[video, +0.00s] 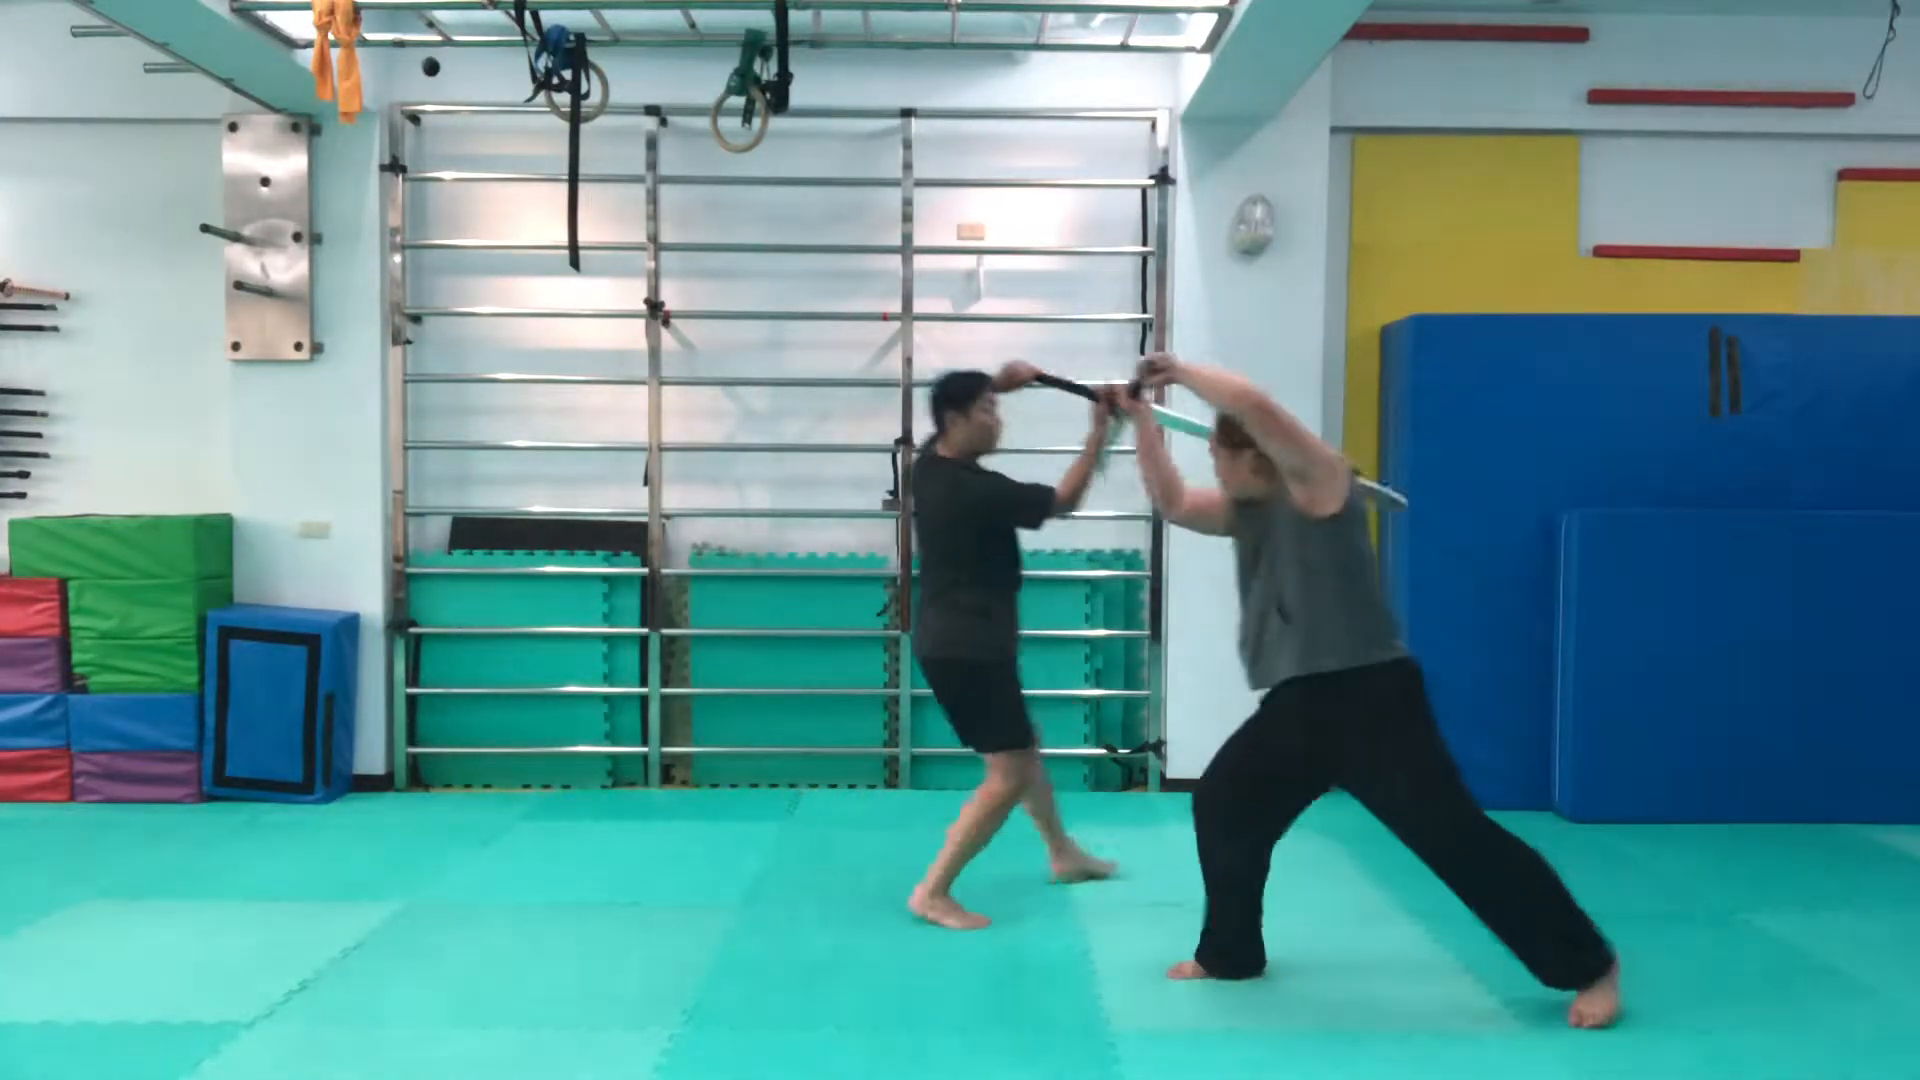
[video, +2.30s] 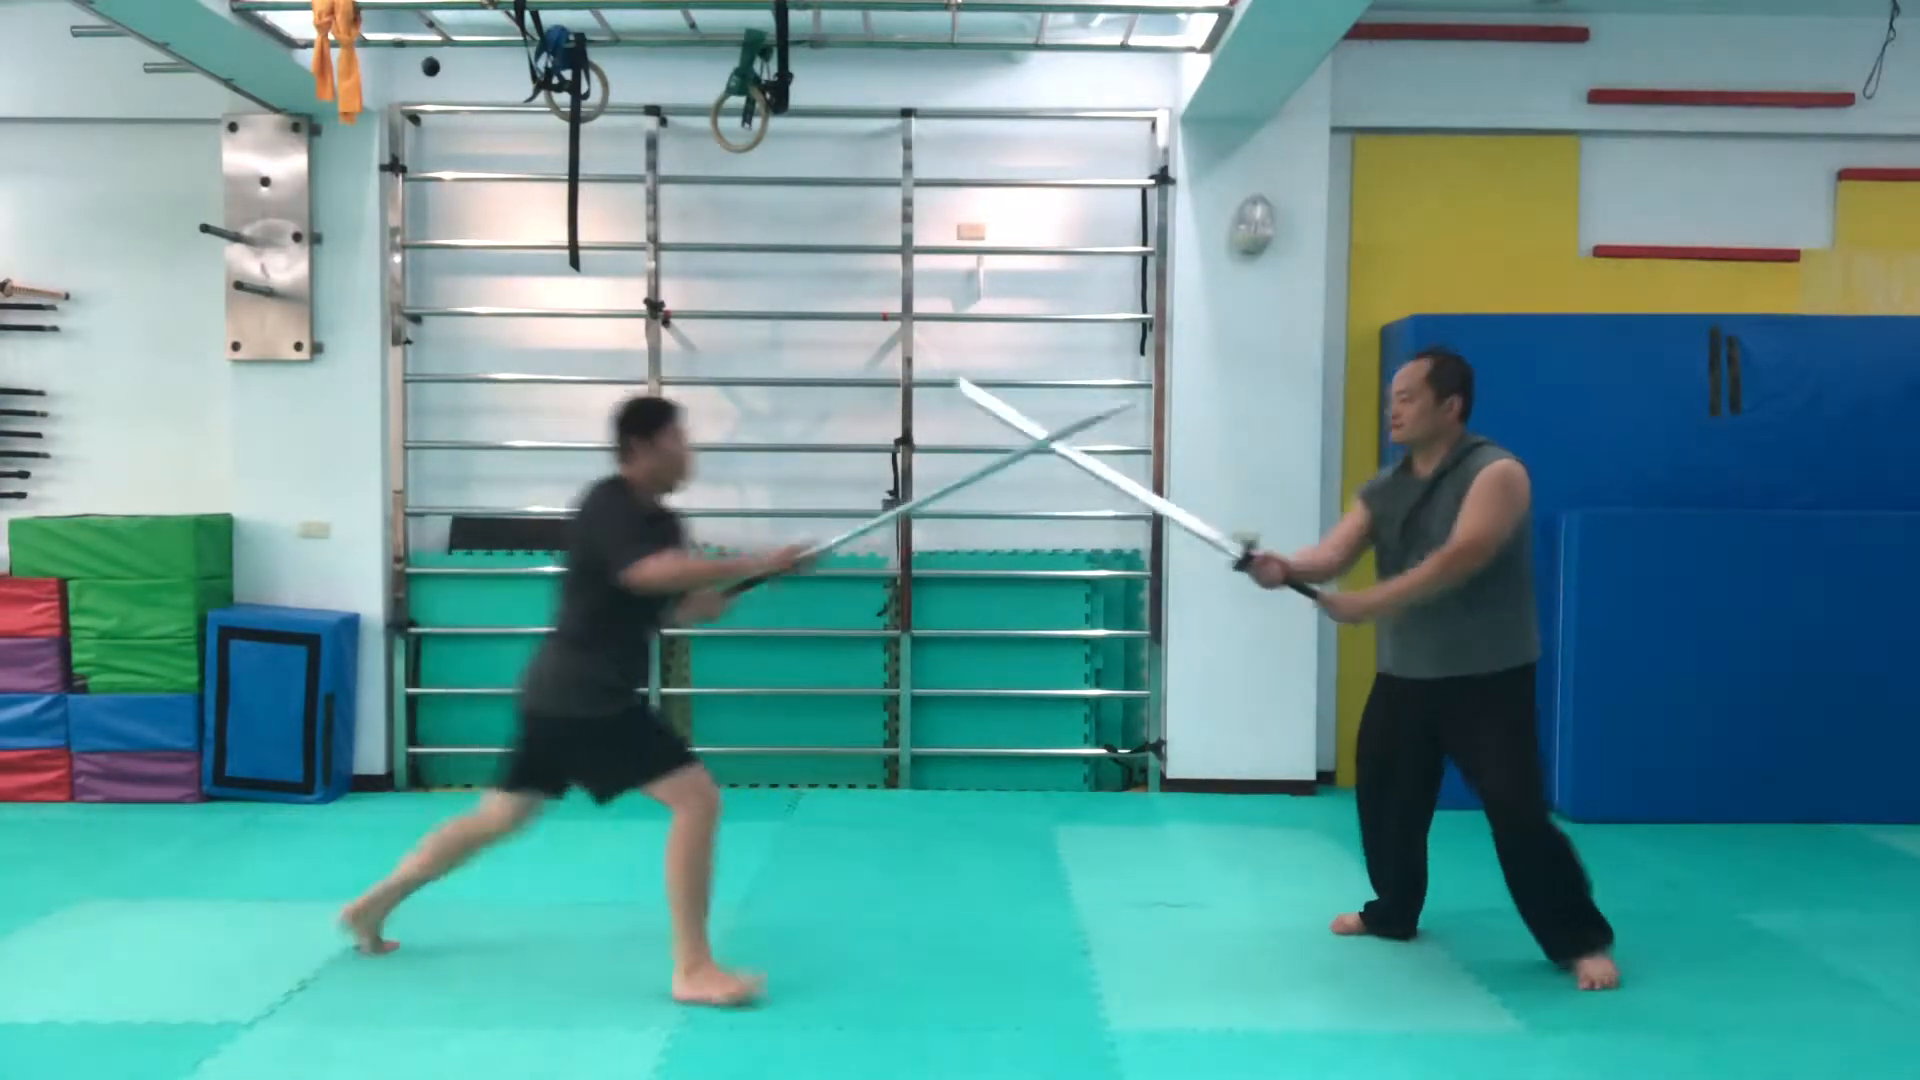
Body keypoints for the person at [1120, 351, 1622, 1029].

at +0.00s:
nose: (1219, 465)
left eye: (1228, 453)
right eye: (1218, 454)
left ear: (1262, 452)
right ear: (1228, 457)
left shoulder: (1320, 486)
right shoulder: (1246, 510)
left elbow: (1249, 403)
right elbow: (1174, 500)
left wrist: (1179, 370)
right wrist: (1141, 417)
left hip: (1372, 698)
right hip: (1300, 705)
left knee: (1453, 835)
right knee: (1224, 802)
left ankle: (1591, 966)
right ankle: (1230, 956)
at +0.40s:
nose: (1268, 413)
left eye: (1280, 403)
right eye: (1269, 403)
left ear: (1321, 413)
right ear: (1288, 415)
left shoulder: (1368, 467)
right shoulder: (1269, 490)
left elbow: (1279, 449)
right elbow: (1194, 518)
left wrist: (1187, 427)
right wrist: (1126, 467)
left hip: (1381, 690)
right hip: (1299, 697)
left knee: (1447, 833)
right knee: (1233, 801)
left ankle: (1565, 964)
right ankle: (1227, 957)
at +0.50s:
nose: (1323, 400)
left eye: (1339, 390)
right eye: (1327, 388)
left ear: (1379, 407)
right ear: (1352, 407)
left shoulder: (1419, 472)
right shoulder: (1319, 487)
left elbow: (1347, 507)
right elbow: (1258, 547)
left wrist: (1255, 509)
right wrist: (1178, 533)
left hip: (1408, 694)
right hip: (1322, 696)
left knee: (1465, 837)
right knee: (1260, 808)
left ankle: (1571, 977)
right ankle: (1229, 956)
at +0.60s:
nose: (1375, 390)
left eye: (1391, 380)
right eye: (1379, 378)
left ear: (1432, 395)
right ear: (1397, 393)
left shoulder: (1473, 480)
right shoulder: (1363, 484)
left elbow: (1418, 562)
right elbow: (1327, 565)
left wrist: (1329, 576)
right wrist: (1256, 604)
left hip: (1449, 693)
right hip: (1363, 691)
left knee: (1494, 838)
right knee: (1300, 816)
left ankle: (1572, 990)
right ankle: (1237, 945)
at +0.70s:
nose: (1415, 381)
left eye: (1431, 371)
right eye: (1419, 370)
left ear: (1476, 388)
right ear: (1450, 388)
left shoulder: (1521, 474)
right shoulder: (1401, 477)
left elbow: (1502, 568)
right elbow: (1368, 573)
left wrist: (1400, 620)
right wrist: (1341, 645)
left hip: (1482, 693)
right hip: (1398, 688)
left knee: (1513, 842)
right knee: (1336, 810)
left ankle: (1572, 996)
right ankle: (1268, 935)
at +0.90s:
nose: (1458, 368)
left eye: (1473, 359)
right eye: (1461, 357)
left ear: (1519, 375)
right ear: (1483, 373)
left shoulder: (1561, 464)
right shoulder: (1430, 461)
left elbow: (1556, 563)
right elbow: (1408, 549)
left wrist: (1463, 613)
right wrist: (1393, 631)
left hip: (1513, 685)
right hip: (1428, 677)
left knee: (1528, 834)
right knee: (1371, 781)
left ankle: (1572, 994)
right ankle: (1390, 916)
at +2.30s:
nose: (1393, 410)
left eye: (1406, 399)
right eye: (1391, 400)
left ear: (1451, 406)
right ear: (1393, 409)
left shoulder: (1498, 474)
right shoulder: (1384, 490)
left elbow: (1463, 558)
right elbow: (1333, 553)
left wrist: (1368, 602)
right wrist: (1285, 569)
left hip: (1489, 680)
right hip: (1405, 679)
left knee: (1518, 817)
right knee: (1386, 795)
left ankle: (1584, 946)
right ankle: (1392, 914)